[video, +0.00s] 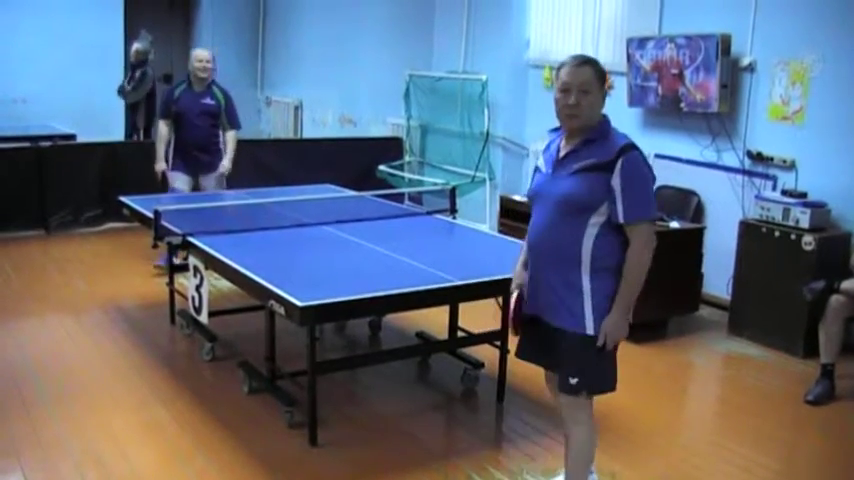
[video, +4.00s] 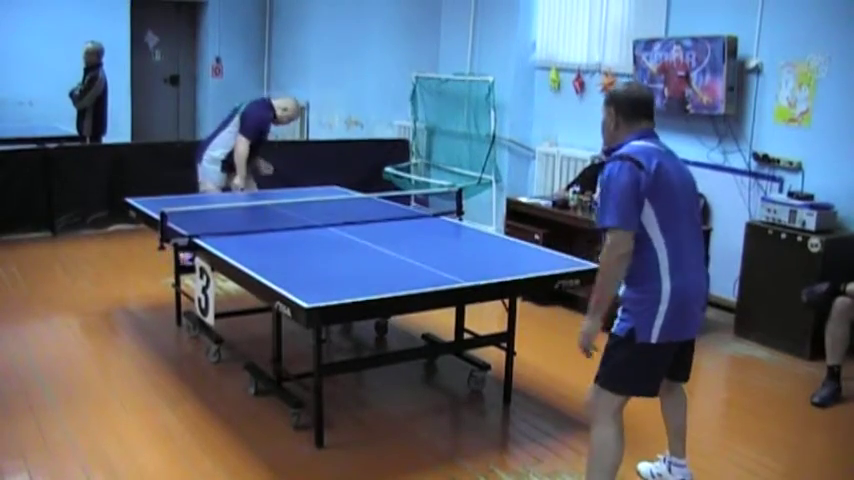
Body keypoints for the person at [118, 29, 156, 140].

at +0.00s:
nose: (133, 55)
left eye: (137, 52)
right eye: (133, 51)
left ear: (144, 55)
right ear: (131, 53)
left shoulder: (146, 73)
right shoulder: (133, 72)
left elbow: (132, 96)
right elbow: (123, 87)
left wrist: (123, 89)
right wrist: (128, 91)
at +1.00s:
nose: (103, 58)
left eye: (107, 54)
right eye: (102, 54)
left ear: (114, 56)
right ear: (100, 56)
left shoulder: (121, 76)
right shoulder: (98, 75)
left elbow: (118, 100)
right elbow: (89, 94)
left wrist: (99, 99)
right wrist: (105, 93)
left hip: (116, 121)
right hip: (101, 121)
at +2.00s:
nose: (83, 58)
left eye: (87, 54)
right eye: (82, 54)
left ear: (95, 56)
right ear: (81, 55)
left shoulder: (95, 77)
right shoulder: (85, 74)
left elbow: (81, 103)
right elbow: (74, 90)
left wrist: (73, 94)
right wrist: (76, 95)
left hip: (92, 130)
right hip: (84, 128)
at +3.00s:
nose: (82, 57)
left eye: (86, 54)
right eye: (82, 54)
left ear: (94, 56)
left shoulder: (94, 77)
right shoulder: (86, 74)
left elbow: (80, 103)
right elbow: (76, 89)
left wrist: (72, 94)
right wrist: (74, 94)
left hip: (91, 129)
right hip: (84, 128)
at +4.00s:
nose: (86, 57)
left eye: (90, 54)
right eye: (86, 53)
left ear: (98, 56)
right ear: (84, 55)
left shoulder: (97, 76)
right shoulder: (88, 74)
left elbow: (82, 102)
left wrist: (74, 92)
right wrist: (77, 93)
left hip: (93, 129)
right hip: (85, 127)